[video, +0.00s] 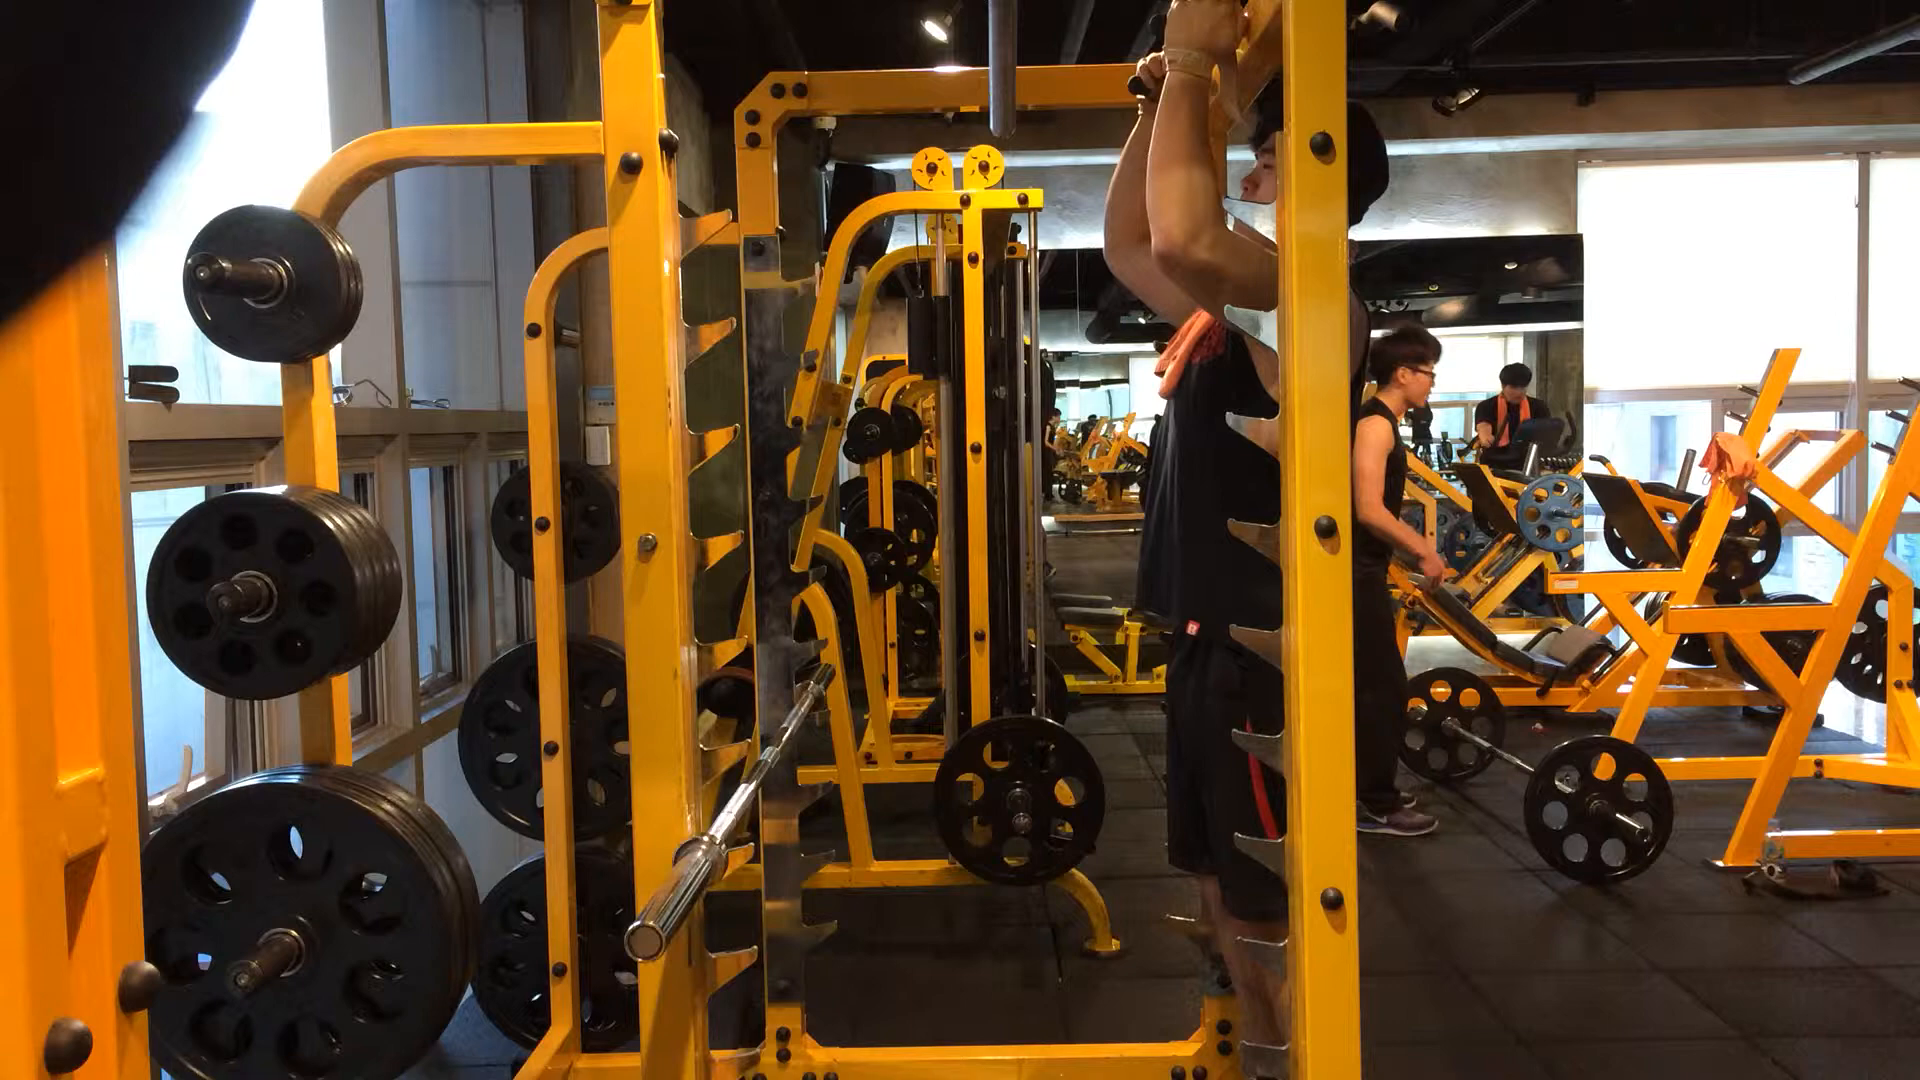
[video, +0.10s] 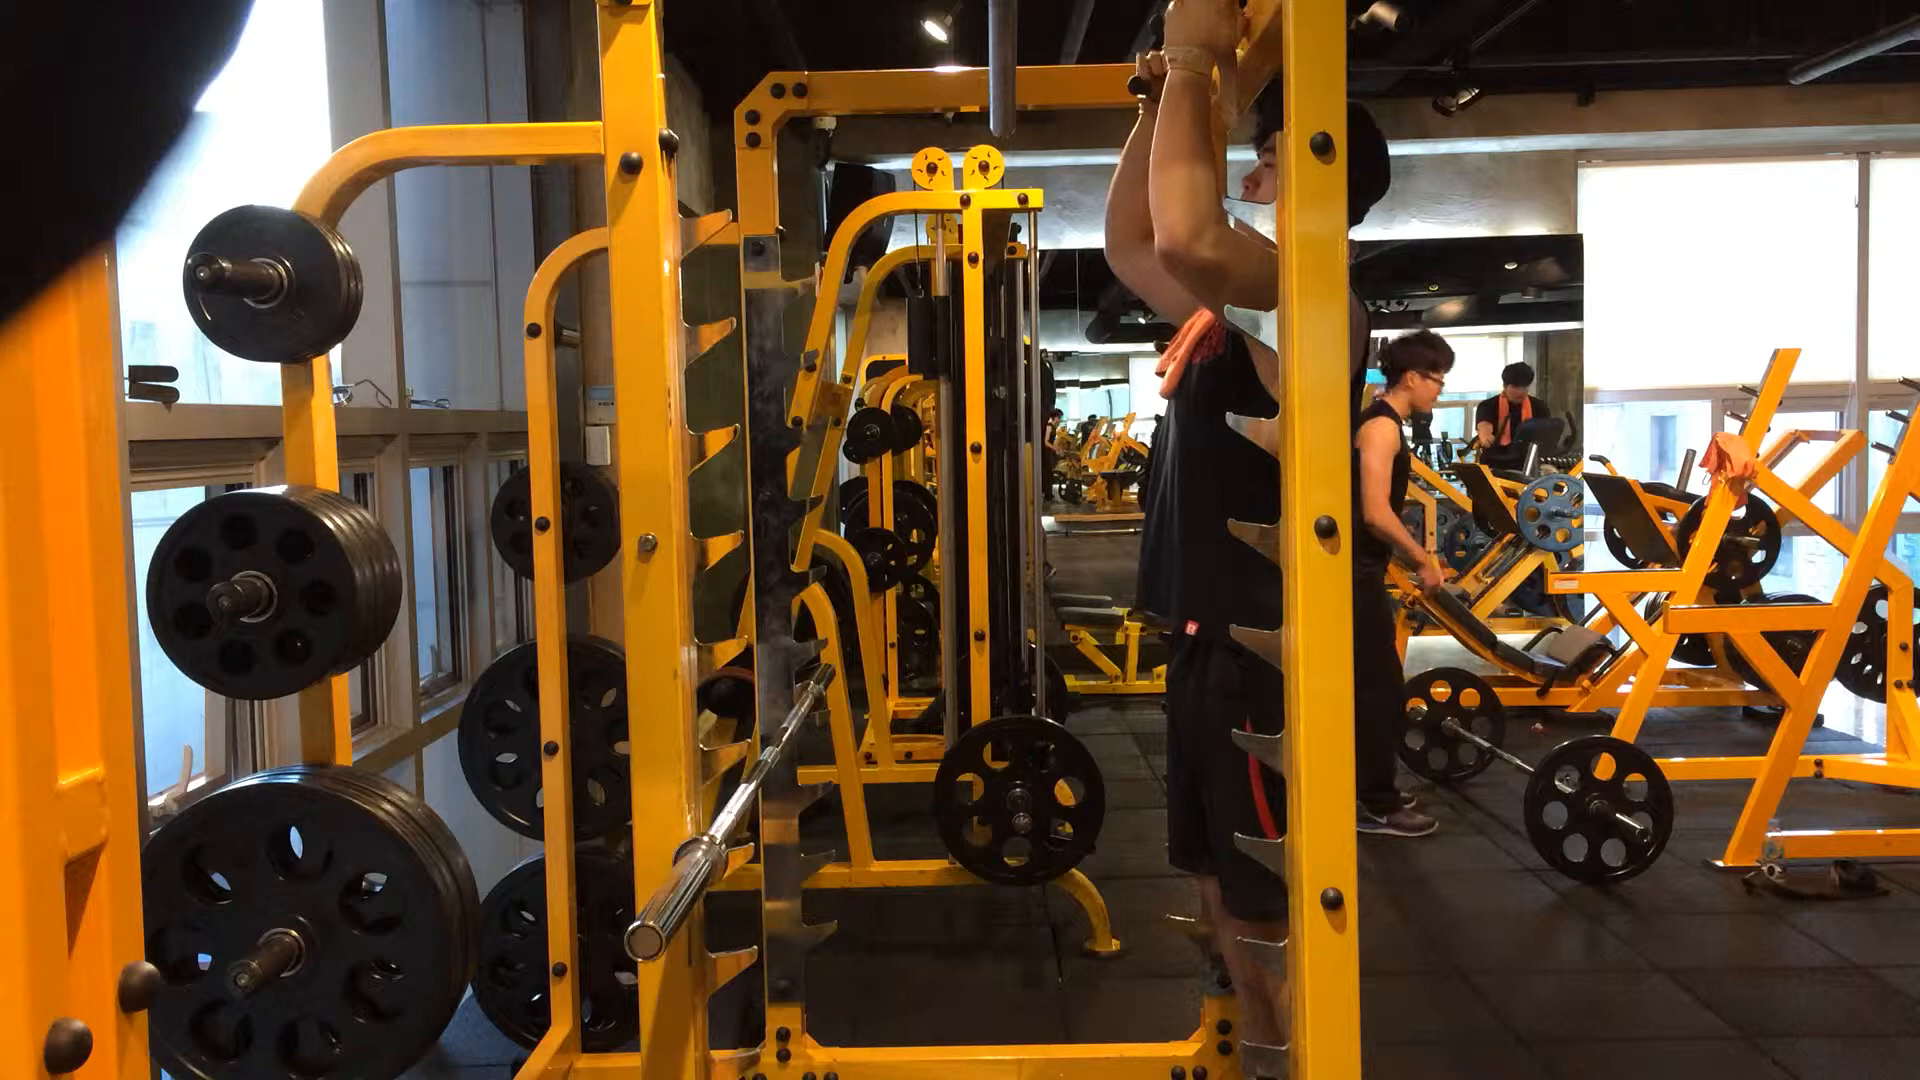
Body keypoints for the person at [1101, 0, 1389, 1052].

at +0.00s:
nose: (1259, 172)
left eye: (1278, 155)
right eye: (1265, 156)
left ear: (1322, 171)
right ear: (1290, 166)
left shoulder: (1319, 280)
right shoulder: (1255, 292)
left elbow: (1187, 238)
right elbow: (1128, 252)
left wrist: (1196, 62)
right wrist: (1154, 98)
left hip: (1275, 623)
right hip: (1213, 615)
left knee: (1257, 879)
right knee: (1218, 866)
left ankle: (1282, 1040)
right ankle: (1247, 1025)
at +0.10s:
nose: (1258, 174)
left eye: (1277, 157)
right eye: (1264, 158)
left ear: (1322, 173)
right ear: (1307, 174)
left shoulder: (1319, 282)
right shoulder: (1257, 294)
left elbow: (1189, 237)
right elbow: (1128, 250)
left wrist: (1197, 63)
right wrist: (1155, 97)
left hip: (1270, 631)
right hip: (1214, 624)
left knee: (1252, 888)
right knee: (1216, 875)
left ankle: (1283, 1037)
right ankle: (1245, 1023)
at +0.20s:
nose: (1261, 170)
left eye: (1281, 154)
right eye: (1267, 154)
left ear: (1324, 171)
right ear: (1313, 175)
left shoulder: (1321, 288)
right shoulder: (1258, 295)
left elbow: (1192, 234)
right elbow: (1133, 253)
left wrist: (1196, 61)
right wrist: (1156, 99)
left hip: (1273, 631)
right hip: (1213, 623)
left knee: (1255, 903)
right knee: (1214, 877)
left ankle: (1283, 1048)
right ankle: (1245, 1032)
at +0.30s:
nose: (1263, 171)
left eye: (1283, 153)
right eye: (1269, 153)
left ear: (1329, 173)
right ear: (1317, 178)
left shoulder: (1323, 291)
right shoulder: (1259, 294)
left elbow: (1193, 233)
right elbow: (1134, 253)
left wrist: (1196, 54)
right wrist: (1157, 102)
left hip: (1278, 642)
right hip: (1216, 634)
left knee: (1258, 918)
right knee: (1217, 888)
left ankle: (1289, 1055)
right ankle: (1247, 1037)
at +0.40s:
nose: (1263, 170)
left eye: (1285, 153)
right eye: (1271, 152)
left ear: (1330, 177)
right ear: (1317, 180)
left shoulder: (1324, 297)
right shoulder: (1254, 299)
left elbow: (1192, 229)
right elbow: (1134, 256)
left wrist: (1195, 46)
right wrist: (1158, 107)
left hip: (1276, 645)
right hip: (1211, 637)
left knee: (1261, 920)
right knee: (1215, 888)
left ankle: (1291, 1058)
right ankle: (1249, 1038)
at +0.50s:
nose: (1266, 170)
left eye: (1289, 153)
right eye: (1275, 152)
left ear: (1335, 180)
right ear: (1315, 178)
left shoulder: (1325, 297)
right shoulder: (1247, 304)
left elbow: (1194, 227)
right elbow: (1135, 258)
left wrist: (1194, 46)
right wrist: (1153, 113)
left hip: (1277, 648)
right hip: (1215, 639)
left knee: (1262, 921)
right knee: (1222, 897)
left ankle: (1291, 1062)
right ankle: (1253, 1048)